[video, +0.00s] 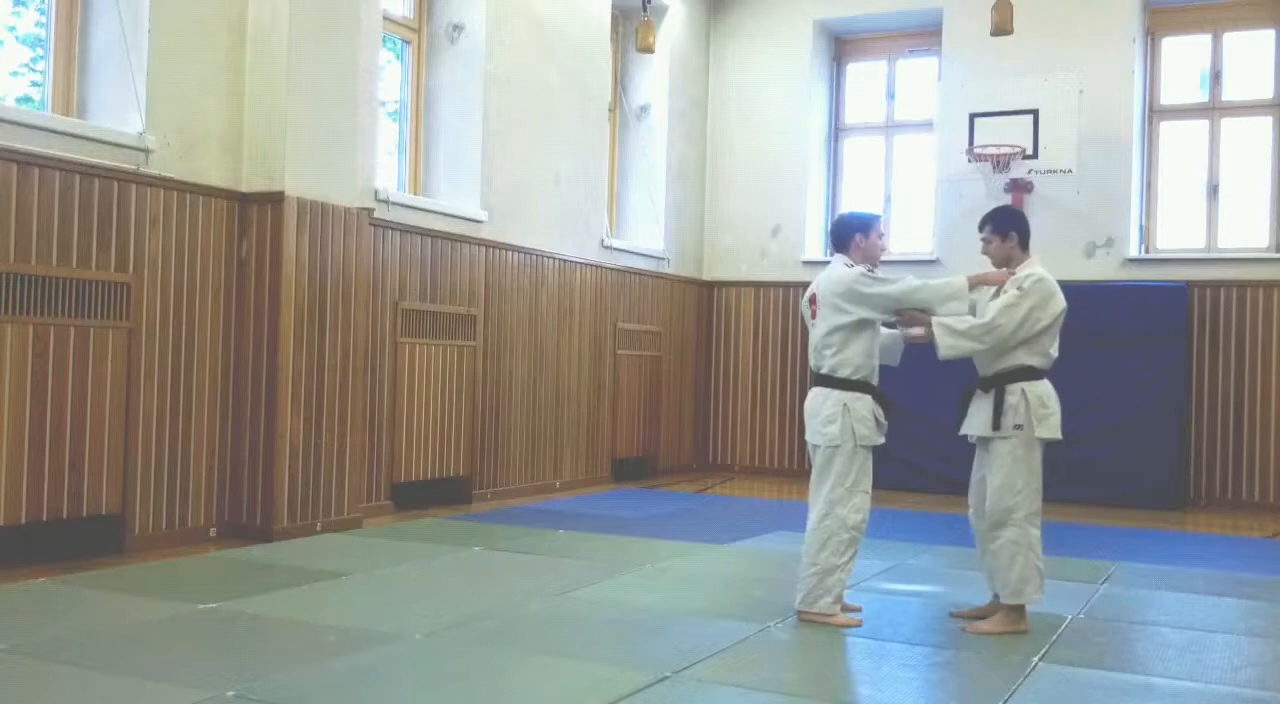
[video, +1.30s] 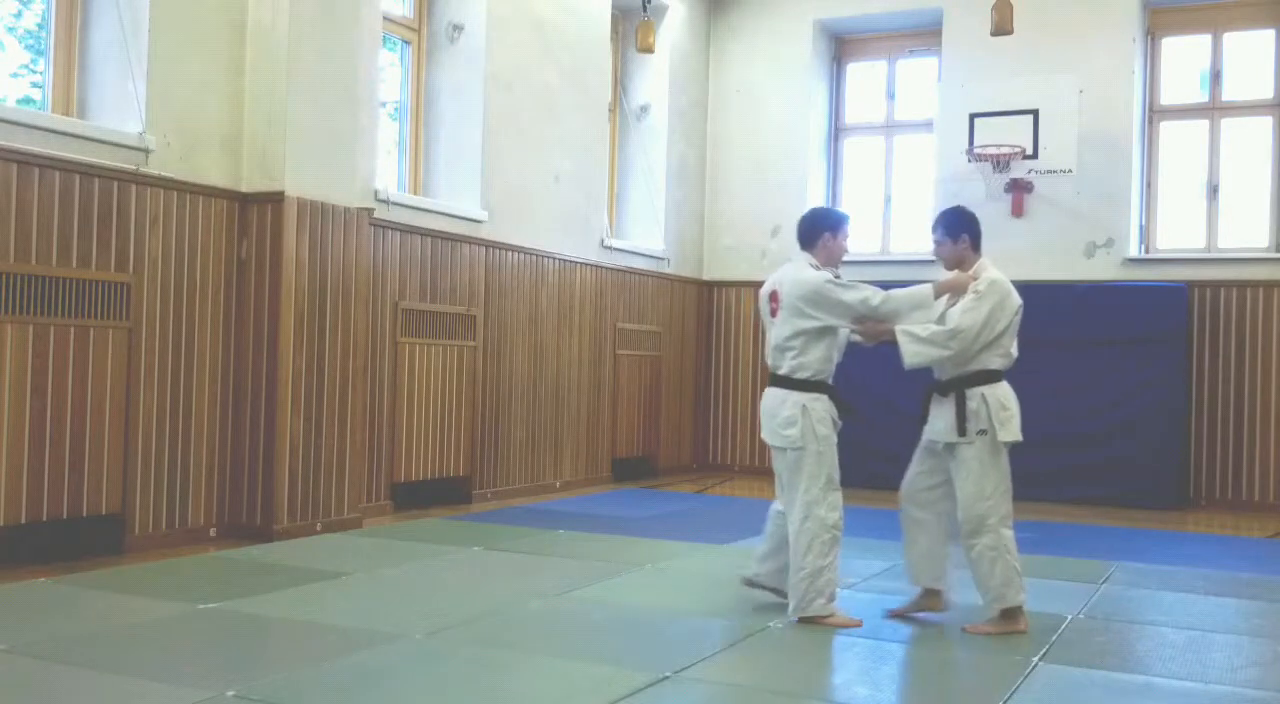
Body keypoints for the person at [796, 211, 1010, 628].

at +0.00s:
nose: (886, 245)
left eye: (884, 237)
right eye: (880, 237)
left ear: (853, 241)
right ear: (858, 241)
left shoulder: (831, 280)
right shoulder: (847, 279)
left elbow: (858, 340)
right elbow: (914, 293)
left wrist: (912, 334)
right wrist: (980, 280)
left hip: (835, 401)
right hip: (841, 406)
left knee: (837, 505)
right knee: (841, 509)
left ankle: (823, 593)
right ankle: (817, 603)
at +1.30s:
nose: (847, 247)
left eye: (846, 239)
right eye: (844, 239)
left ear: (810, 239)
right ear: (825, 239)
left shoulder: (779, 279)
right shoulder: (813, 283)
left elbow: (818, 330)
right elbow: (879, 303)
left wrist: (859, 333)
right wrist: (943, 285)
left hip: (780, 401)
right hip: (804, 408)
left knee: (791, 498)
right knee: (819, 506)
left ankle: (769, 573)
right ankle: (813, 604)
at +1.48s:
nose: (816, 251)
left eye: (816, 243)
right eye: (813, 242)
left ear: (785, 243)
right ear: (793, 242)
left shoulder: (759, 281)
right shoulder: (782, 285)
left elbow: (793, 336)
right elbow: (846, 306)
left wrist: (834, 341)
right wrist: (910, 288)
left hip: (761, 404)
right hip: (781, 408)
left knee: (769, 497)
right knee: (806, 504)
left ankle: (712, 563)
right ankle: (811, 604)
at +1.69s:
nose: (792, 256)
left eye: (791, 248)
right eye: (787, 247)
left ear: (763, 250)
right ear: (764, 248)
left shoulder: (748, 286)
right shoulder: (744, 285)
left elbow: (764, 355)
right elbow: (801, 304)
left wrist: (807, 346)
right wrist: (865, 289)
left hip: (731, 404)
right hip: (733, 407)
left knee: (724, 503)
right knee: (766, 501)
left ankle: (697, 585)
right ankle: (789, 599)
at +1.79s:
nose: (778, 252)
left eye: (778, 244)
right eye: (773, 243)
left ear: (748, 244)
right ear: (750, 243)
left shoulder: (740, 283)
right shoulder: (727, 279)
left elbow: (752, 356)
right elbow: (781, 299)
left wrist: (796, 343)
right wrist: (844, 287)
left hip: (724, 401)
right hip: (717, 401)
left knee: (711, 495)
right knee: (748, 489)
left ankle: (697, 582)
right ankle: (733, 589)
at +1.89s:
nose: (769, 249)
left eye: (768, 241)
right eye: (763, 241)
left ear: (738, 243)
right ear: (740, 242)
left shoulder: (730, 280)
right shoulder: (719, 277)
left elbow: (743, 351)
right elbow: (774, 298)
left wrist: (790, 340)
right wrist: (836, 285)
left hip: (713, 399)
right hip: (707, 399)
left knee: (705, 493)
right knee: (733, 490)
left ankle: (698, 585)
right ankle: (691, 578)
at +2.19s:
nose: (740, 256)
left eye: (739, 247)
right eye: (735, 247)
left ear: (710, 249)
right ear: (714, 248)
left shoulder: (688, 282)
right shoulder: (692, 285)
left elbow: (696, 348)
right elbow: (746, 324)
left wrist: (735, 349)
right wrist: (795, 297)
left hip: (668, 401)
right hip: (658, 403)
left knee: (684, 490)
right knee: (670, 494)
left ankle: (669, 580)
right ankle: (647, 594)